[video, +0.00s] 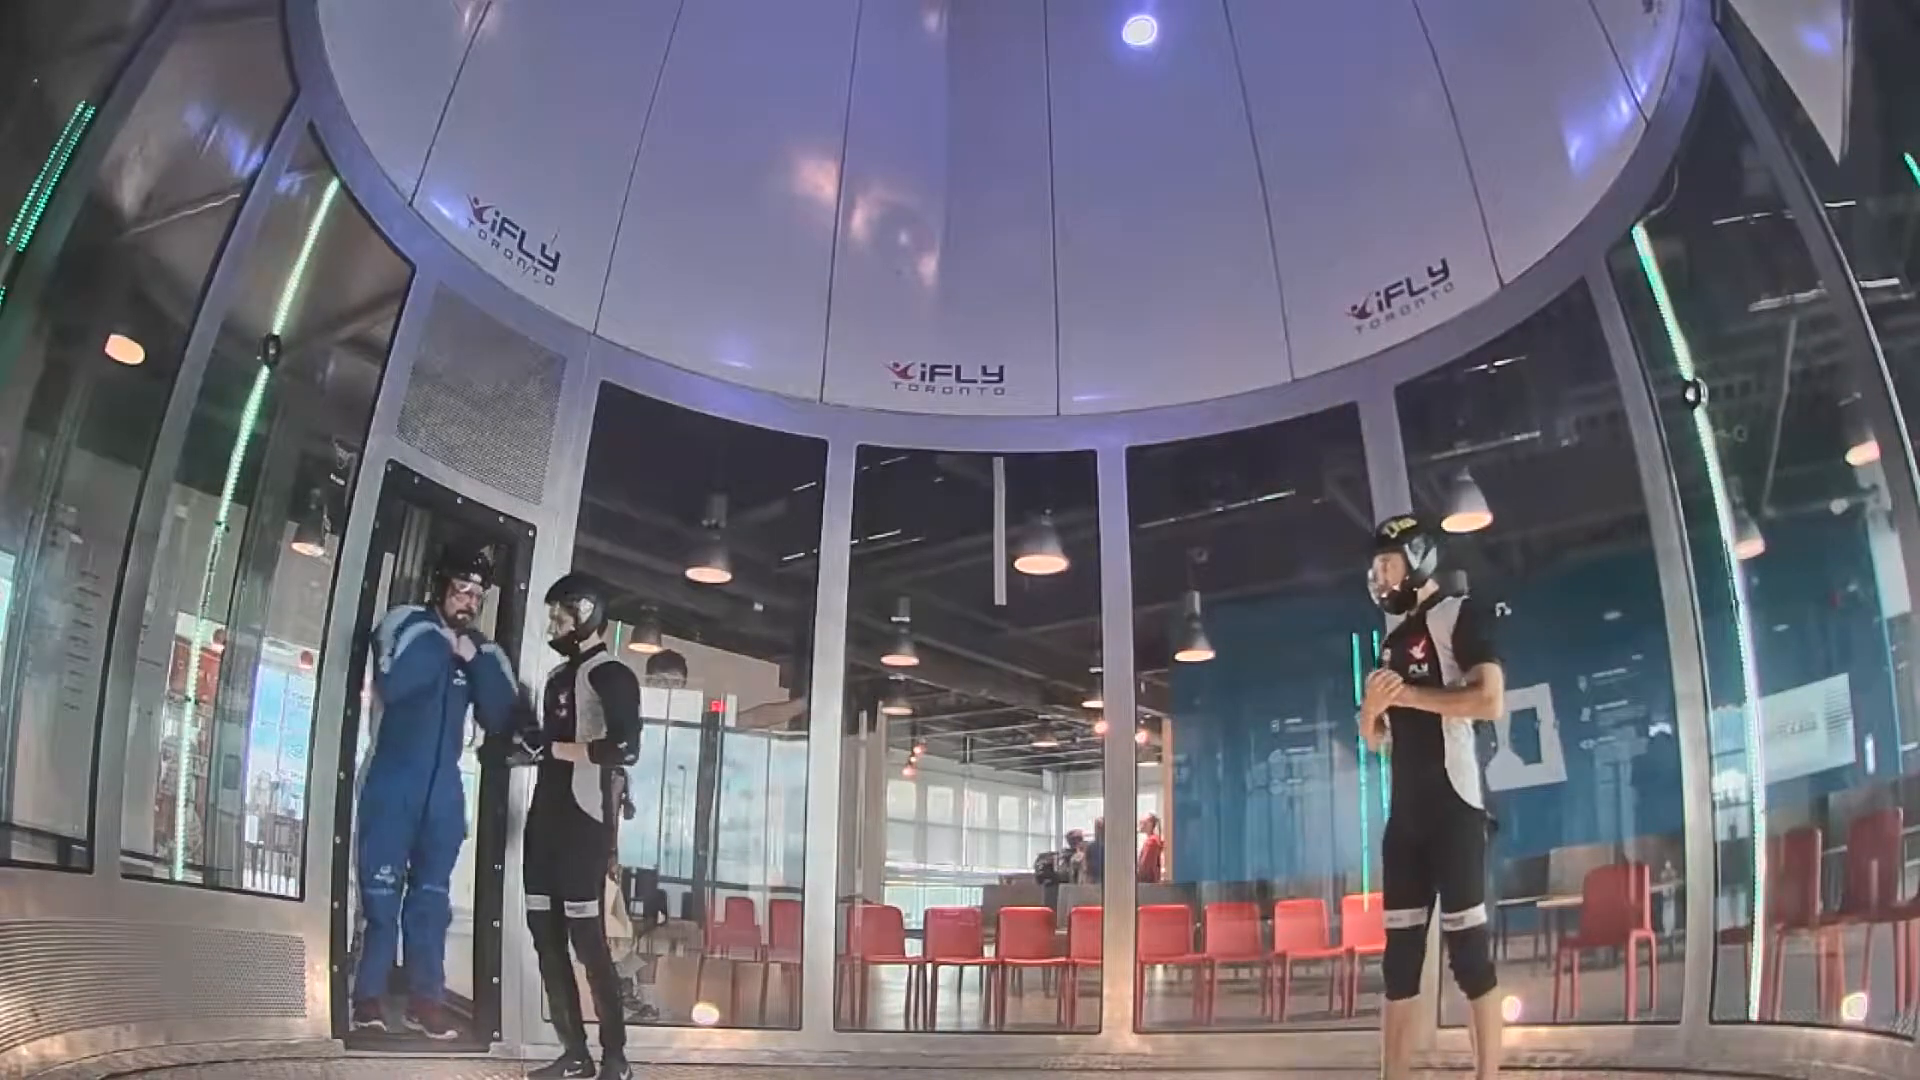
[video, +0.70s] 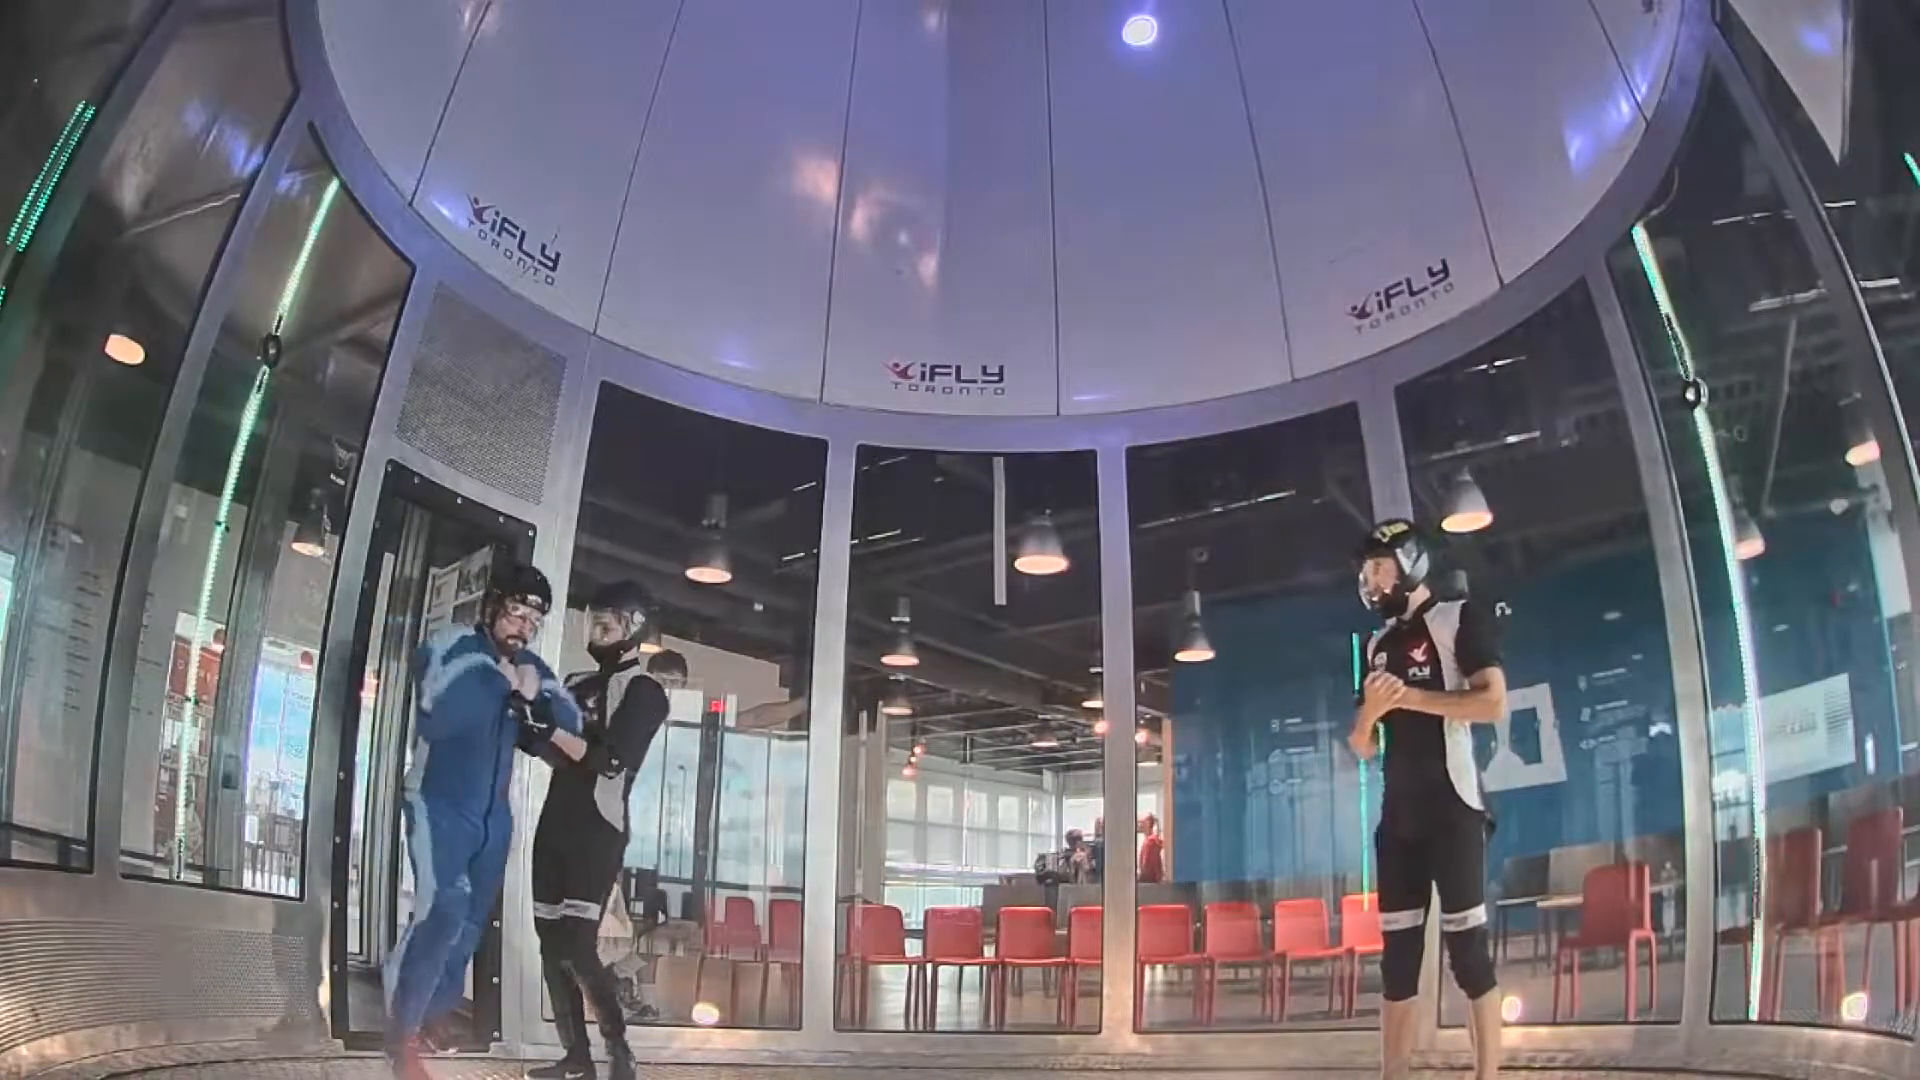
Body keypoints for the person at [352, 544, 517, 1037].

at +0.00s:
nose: (467, 600)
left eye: (476, 593)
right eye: (460, 588)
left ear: (482, 599)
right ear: (441, 586)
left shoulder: (484, 651)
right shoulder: (408, 623)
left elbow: (499, 718)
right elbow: (394, 686)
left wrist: (480, 656)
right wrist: (440, 640)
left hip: (446, 784)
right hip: (394, 777)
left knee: (432, 893)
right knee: (382, 889)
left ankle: (426, 1002)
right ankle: (368, 1001)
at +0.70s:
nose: (523, 624)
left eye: (533, 616)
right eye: (515, 611)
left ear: (538, 622)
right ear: (492, 606)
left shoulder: (530, 665)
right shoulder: (454, 649)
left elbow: (573, 723)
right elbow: (438, 719)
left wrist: (539, 692)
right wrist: (493, 674)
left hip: (495, 811)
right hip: (442, 803)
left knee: (471, 920)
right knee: (445, 910)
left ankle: (425, 1025)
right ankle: (403, 1034)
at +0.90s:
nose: (558, 657)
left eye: (569, 649)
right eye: (550, 642)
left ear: (577, 653)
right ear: (525, 635)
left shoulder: (567, 691)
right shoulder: (492, 676)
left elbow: (622, 735)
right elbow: (452, 726)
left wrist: (596, 731)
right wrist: (539, 715)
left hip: (504, 833)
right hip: (447, 823)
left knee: (487, 951)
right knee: (449, 935)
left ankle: (427, 1012)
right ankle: (401, 1051)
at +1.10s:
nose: (600, 683)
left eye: (605, 674)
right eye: (592, 668)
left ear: (606, 676)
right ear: (559, 660)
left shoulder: (586, 711)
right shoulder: (508, 690)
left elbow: (634, 722)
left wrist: (690, 733)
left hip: (520, 861)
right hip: (460, 846)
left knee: (495, 974)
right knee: (471, 968)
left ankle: (422, 1034)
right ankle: (405, 1032)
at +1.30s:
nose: (618, 722)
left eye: (630, 714)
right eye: (609, 707)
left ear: (640, 719)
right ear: (583, 698)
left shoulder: (629, 744)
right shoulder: (540, 721)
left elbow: (700, 722)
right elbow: (508, 645)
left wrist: (768, 705)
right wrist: (574, 617)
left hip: (535, 899)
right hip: (477, 876)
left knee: (488, 1014)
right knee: (478, 1008)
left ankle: (420, 1044)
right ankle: (407, 1037)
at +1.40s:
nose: (663, 745)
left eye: (675, 733)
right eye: (653, 728)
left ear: (684, 728)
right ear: (624, 709)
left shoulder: (675, 735)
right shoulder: (579, 718)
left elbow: (748, 706)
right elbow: (555, 624)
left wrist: (826, 670)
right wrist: (590, 554)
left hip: (548, 896)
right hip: (493, 875)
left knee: (480, 1002)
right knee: (465, 1005)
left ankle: (423, 1049)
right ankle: (408, 1053)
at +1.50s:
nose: (694, 738)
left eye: (706, 728)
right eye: (686, 719)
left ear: (714, 726)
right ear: (656, 699)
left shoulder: (696, 735)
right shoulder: (604, 704)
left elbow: (774, 697)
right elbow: (587, 612)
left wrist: (859, 668)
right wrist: (622, 536)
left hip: (558, 891)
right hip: (502, 862)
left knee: (484, 970)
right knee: (461, 970)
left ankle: (419, 1025)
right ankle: (407, 1034)